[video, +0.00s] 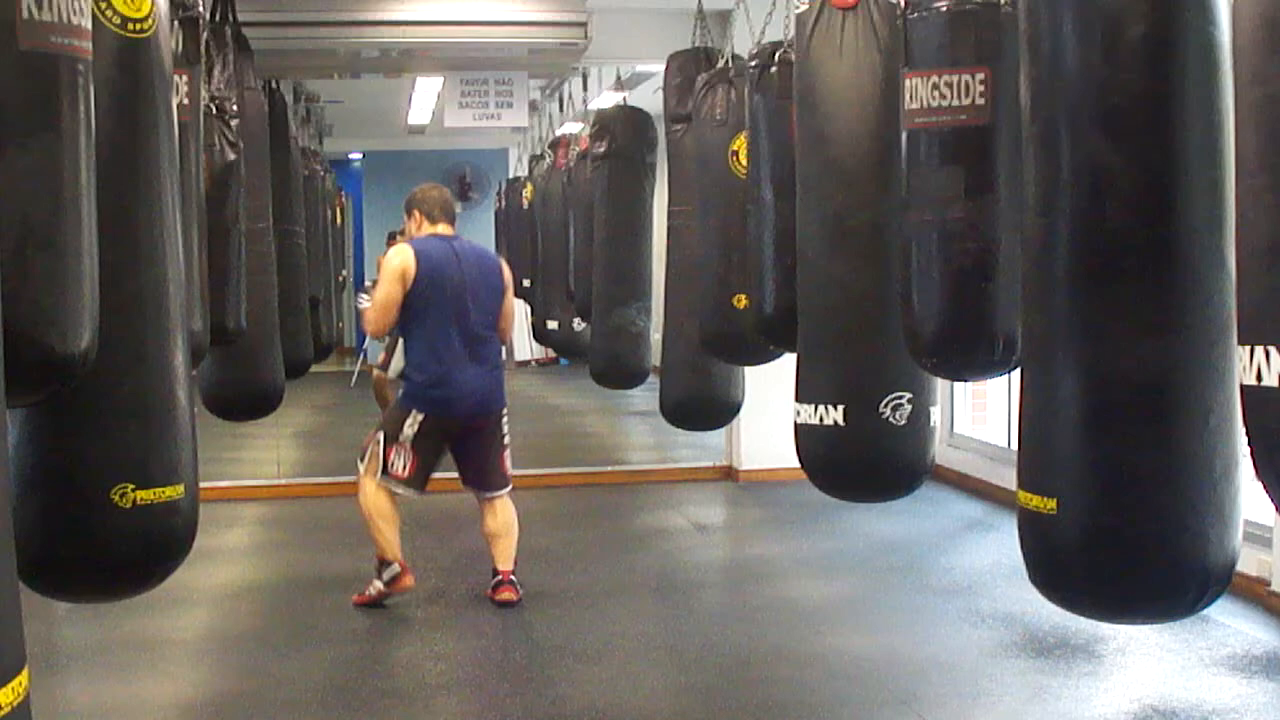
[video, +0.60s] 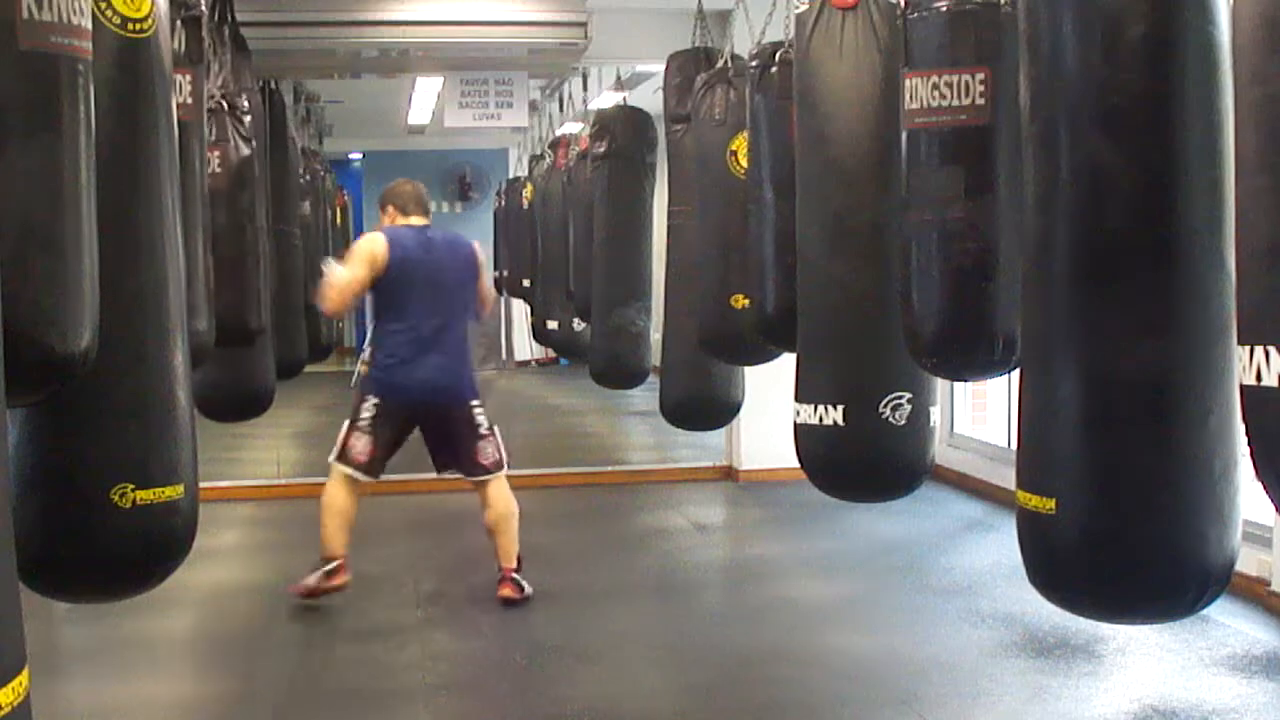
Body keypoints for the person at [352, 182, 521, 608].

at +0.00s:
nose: (406, 229)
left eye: (406, 222)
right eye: (406, 223)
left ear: (416, 218)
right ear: (453, 219)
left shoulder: (403, 256)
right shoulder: (496, 264)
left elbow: (377, 326)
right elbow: (505, 332)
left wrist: (370, 300)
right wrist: (467, 311)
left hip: (429, 395)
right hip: (486, 396)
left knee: (371, 476)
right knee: (495, 492)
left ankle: (392, 567)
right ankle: (505, 576)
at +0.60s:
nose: (380, 221)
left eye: (381, 215)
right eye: (381, 216)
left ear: (390, 213)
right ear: (427, 212)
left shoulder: (377, 244)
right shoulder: (466, 249)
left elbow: (332, 302)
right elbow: (484, 306)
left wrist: (333, 275)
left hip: (391, 386)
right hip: (453, 386)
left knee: (344, 478)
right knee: (492, 480)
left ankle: (333, 564)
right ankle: (510, 574)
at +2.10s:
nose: (464, 235)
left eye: (463, 228)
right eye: (462, 230)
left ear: (475, 221)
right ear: (508, 217)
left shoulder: (474, 257)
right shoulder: (556, 259)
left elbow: (426, 312)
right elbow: (562, 316)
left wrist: (418, 273)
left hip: (498, 398)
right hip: (551, 396)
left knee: (464, 494)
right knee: (555, 489)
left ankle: (509, 568)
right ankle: (575, 569)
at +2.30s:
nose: (460, 213)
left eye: (458, 206)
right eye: (459, 207)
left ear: (470, 197)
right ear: (501, 190)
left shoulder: (471, 229)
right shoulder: (557, 226)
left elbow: (448, 302)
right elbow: (575, 291)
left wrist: (439, 270)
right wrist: (531, 281)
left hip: (499, 367)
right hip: (555, 367)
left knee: (460, 459)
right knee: (563, 464)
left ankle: (487, 552)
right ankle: (577, 557)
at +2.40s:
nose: (459, 212)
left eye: (457, 206)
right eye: (458, 206)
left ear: (469, 197)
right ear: (501, 191)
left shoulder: (467, 226)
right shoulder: (554, 226)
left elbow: (437, 294)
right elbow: (577, 287)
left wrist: (428, 270)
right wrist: (536, 294)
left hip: (495, 366)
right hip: (551, 366)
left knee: (465, 467)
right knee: (565, 466)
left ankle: (479, 570)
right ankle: (587, 557)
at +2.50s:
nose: (460, 230)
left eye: (458, 224)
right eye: (458, 224)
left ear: (470, 215)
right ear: (501, 209)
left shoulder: (468, 249)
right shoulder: (554, 247)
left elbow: (426, 304)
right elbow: (572, 308)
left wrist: (417, 276)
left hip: (494, 388)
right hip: (550, 388)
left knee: (464, 487)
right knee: (570, 484)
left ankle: (486, 581)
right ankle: (598, 573)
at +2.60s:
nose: (460, 229)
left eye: (458, 224)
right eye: (458, 224)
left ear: (471, 214)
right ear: (502, 207)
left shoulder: (470, 249)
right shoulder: (558, 246)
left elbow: (438, 310)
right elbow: (569, 312)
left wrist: (443, 270)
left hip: (499, 383)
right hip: (555, 382)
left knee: (469, 486)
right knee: (573, 473)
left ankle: (486, 580)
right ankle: (596, 563)